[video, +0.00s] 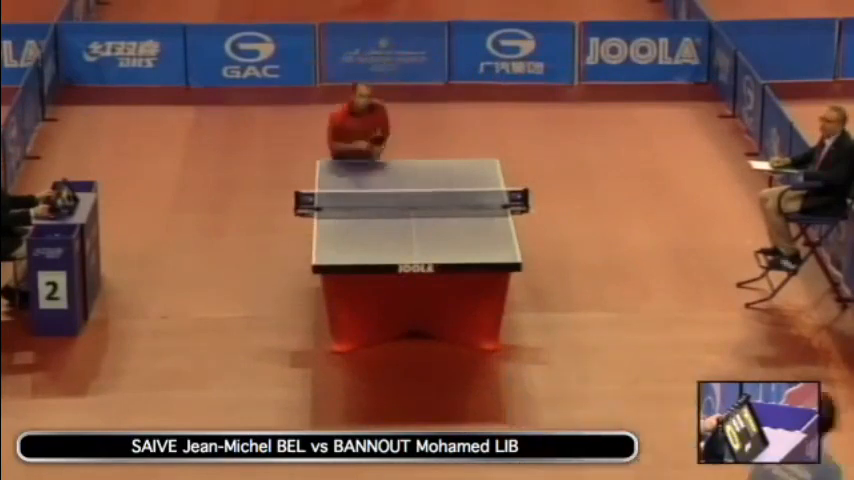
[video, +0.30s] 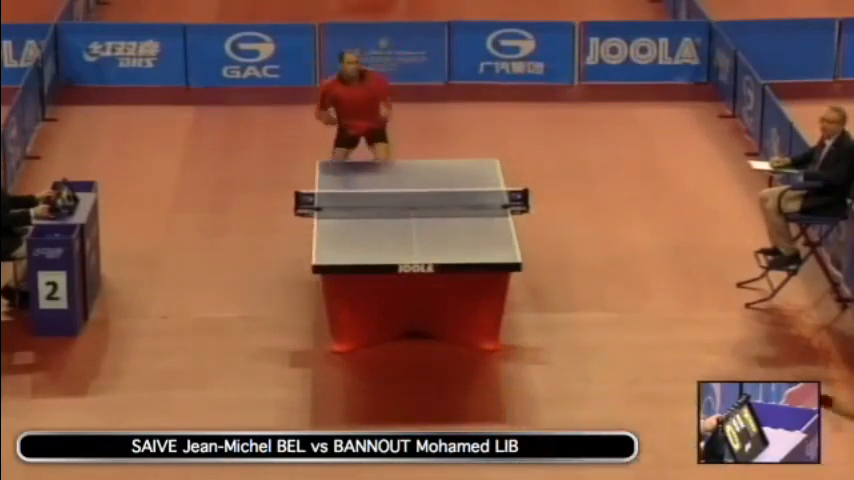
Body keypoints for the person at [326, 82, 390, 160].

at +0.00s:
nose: (364, 100)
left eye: (367, 97)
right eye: (361, 96)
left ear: (371, 98)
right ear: (353, 96)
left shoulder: (379, 111)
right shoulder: (337, 117)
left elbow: (385, 134)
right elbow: (332, 145)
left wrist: (378, 148)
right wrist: (353, 146)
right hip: (343, 166)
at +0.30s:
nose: (353, 67)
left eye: (356, 63)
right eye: (349, 63)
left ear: (359, 64)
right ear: (342, 65)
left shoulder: (374, 81)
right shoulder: (331, 87)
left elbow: (387, 103)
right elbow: (320, 112)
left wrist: (384, 117)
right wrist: (333, 121)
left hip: (373, 126)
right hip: (348, 127)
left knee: (383, 160)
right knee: (336, 164)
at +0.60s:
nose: (369, 72)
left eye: (372, 68)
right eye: (365, 69)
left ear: (376, 70)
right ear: (359, 70)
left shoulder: (391, 88)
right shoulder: (351, 90)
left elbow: (404, 113)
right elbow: (343, 112)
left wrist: (392, 133)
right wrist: (334, 136)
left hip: (390, 135)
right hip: (364, 137)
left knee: (410, 166)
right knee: (349, 168)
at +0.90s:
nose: (329, 62)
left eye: (332, 58)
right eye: (326, 58)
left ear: (339, 60)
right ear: (322, 61)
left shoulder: (352, 81)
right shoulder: (324, 82)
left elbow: (355, 112)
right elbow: (324, 108)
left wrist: (326, 118)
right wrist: (314, 132)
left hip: (362, 133)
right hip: (339, 132)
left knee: (372, 171)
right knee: (325, 165)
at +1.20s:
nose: (291, 63)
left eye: (295, 59)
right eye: (289, 59)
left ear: (303, 61)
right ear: (285, 62)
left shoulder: (319, 78)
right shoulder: (286, 85)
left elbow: (342, 96)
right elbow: (280, 109)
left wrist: (329, 120)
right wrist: (268, 130)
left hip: (324, 132)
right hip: (306, 135)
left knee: (300, 169)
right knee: (316, 178)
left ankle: (306, 223)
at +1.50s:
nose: (249, 72)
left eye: (253, 68)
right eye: (247, 68)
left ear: (262, 69)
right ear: (246, 70)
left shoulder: (276, 88)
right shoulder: (249, 87)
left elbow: (281, 119)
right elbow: (246, 112)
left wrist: (255, 124)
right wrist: (239, 130)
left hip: (273, 145)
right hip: (253, 143)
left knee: (267, 189)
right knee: (243, 184)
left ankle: (282, 228)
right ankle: (260, 222)